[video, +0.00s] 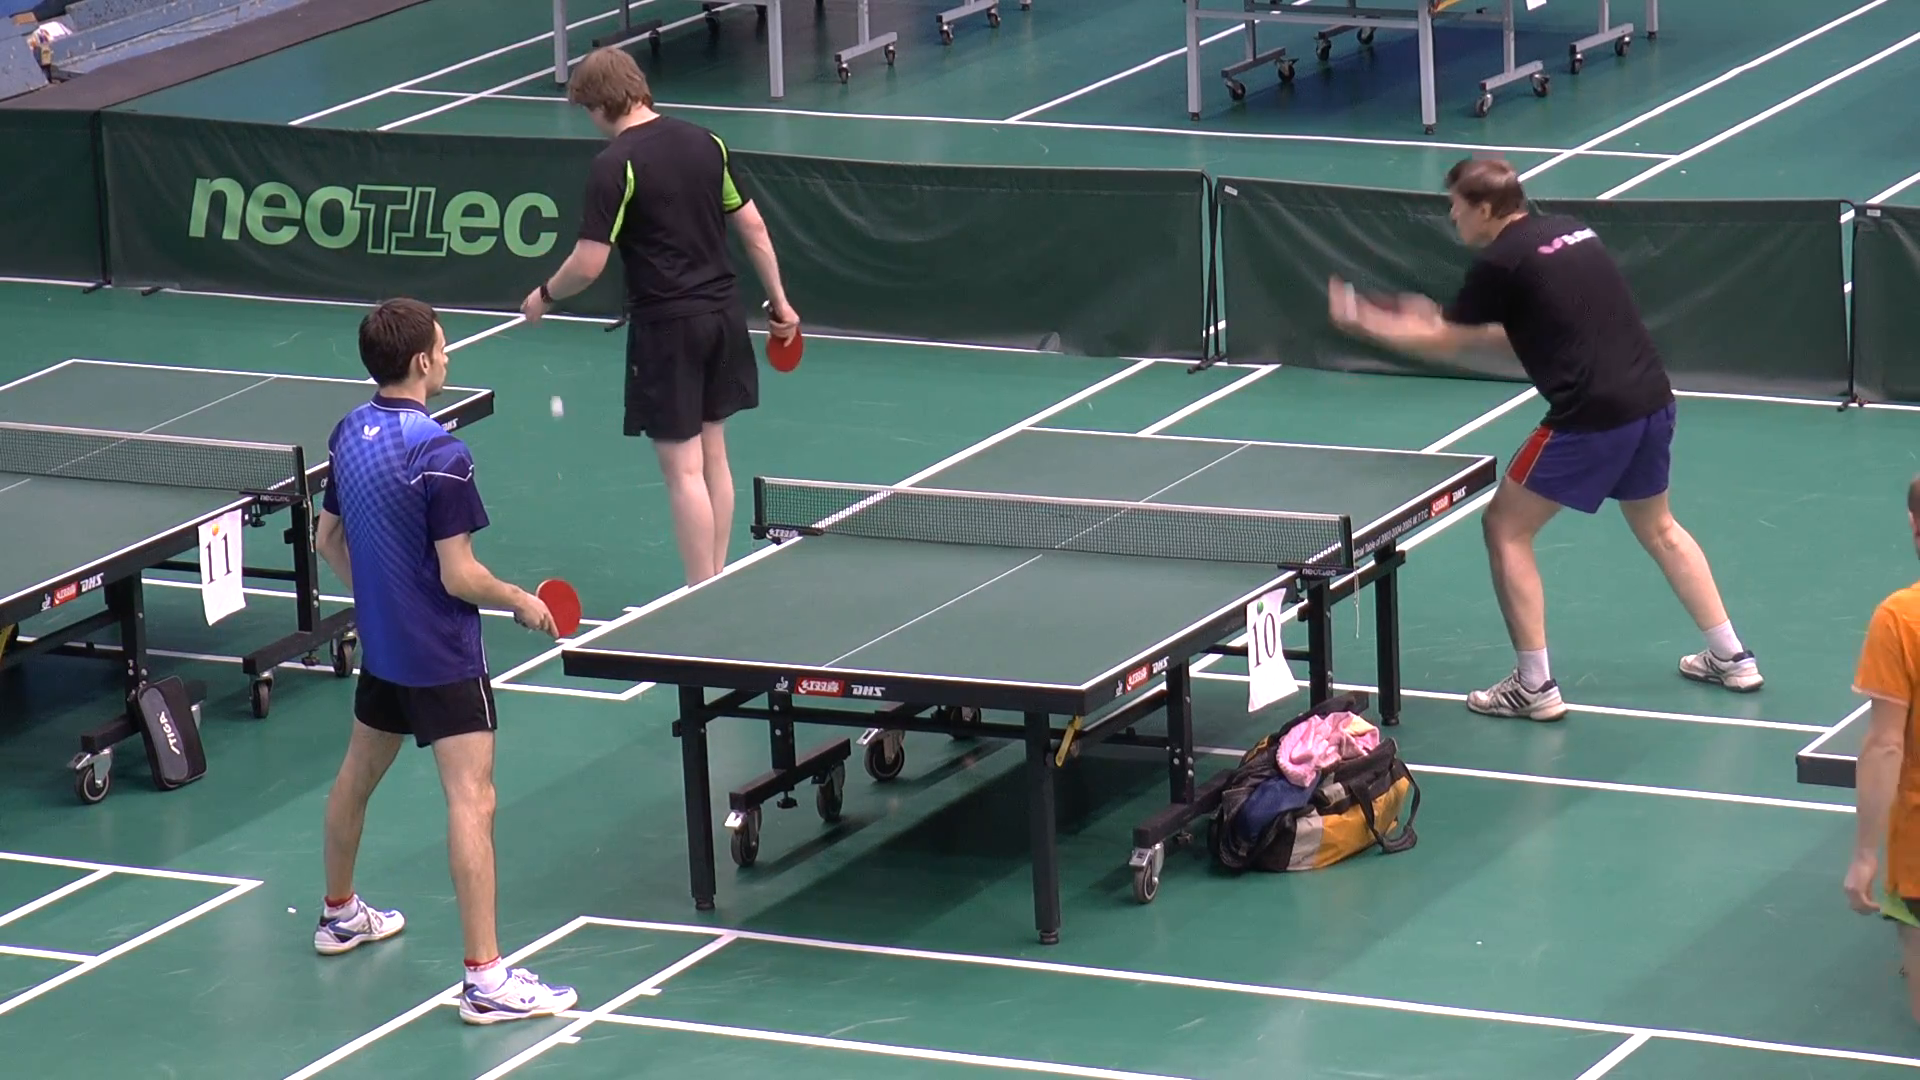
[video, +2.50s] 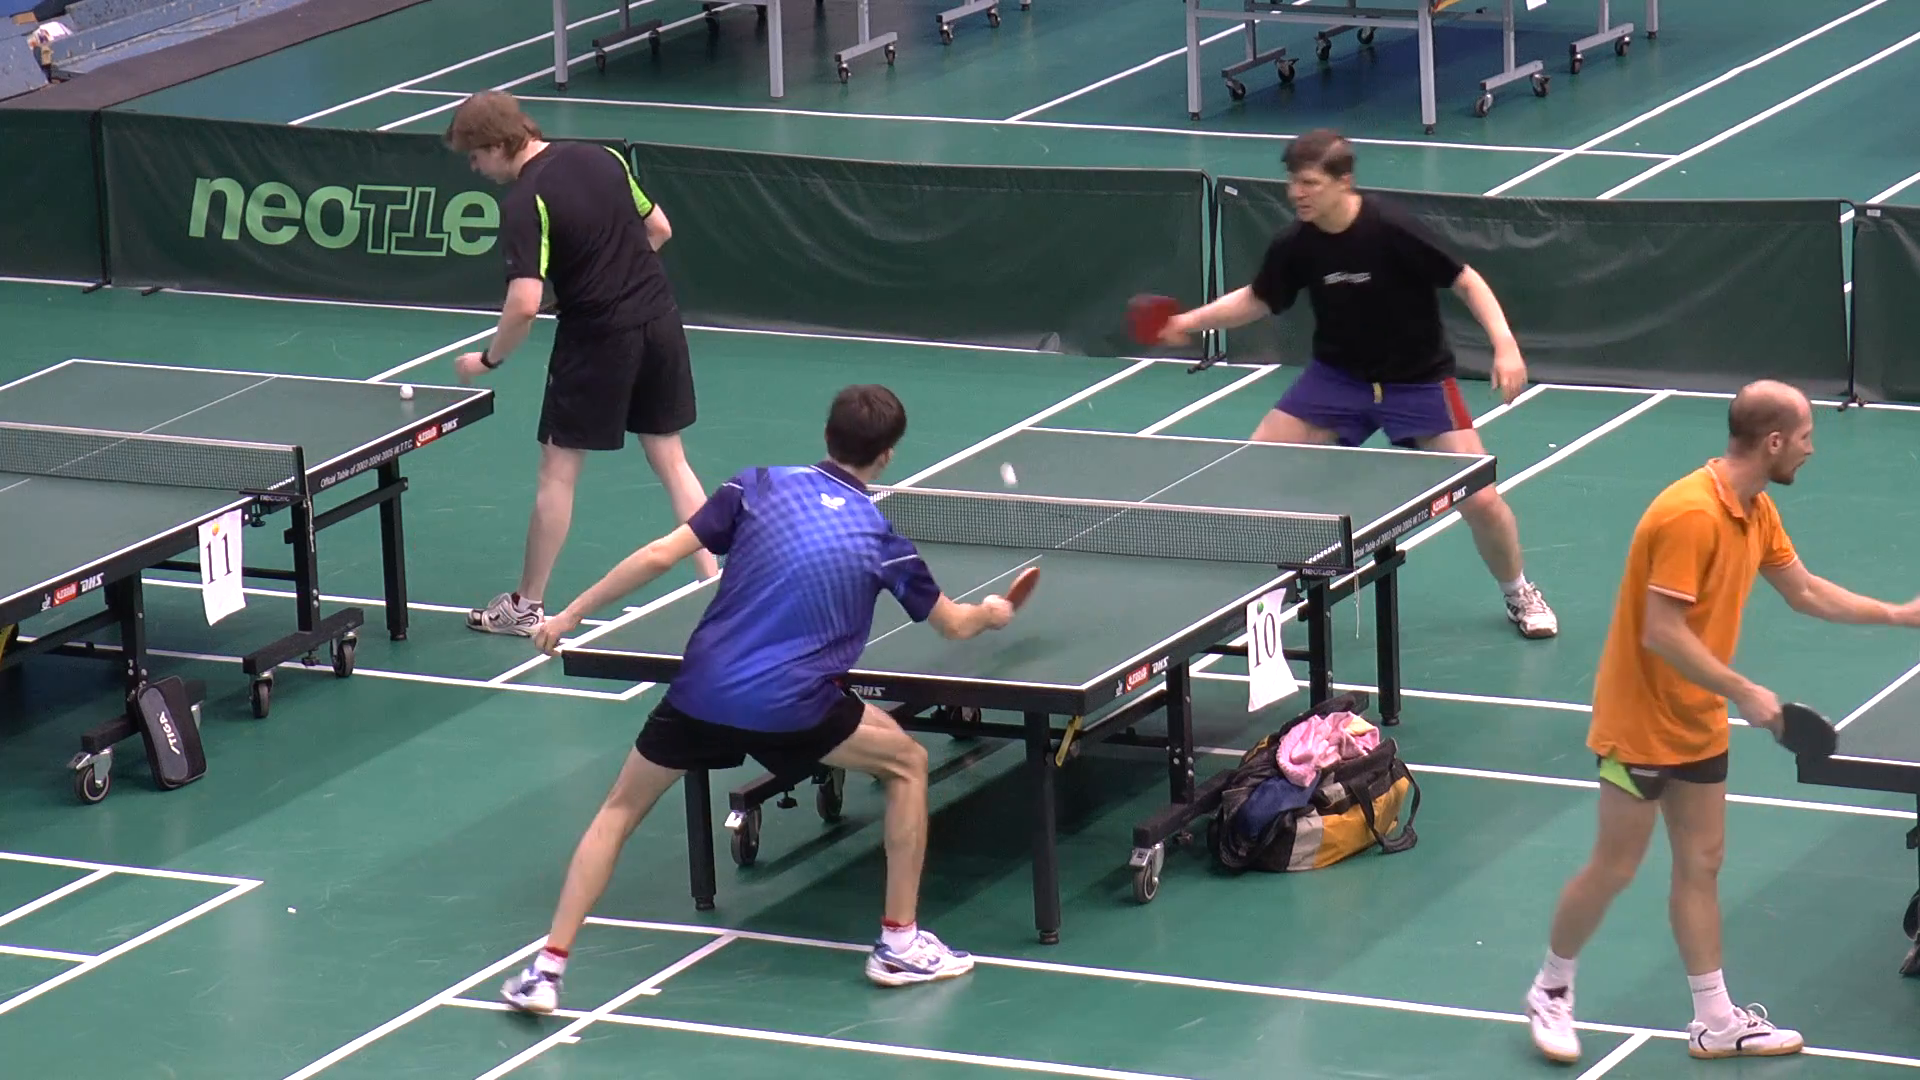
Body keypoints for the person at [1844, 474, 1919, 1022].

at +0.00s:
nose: (1911, 523)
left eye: (1912, 512)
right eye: (1914, 511)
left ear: (1915, 523)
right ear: (1918, 524)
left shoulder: (1902, 616)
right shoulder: (1899, 616)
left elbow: (1886, 744)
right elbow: (1885, 742)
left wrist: (1865, 853)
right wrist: (1869, 852)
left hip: (1914, 855)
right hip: (1910, 855)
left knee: (1919, 992)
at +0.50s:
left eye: (1815, 486)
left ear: (1818, 495)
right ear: (1887, 489)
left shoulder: (1803, 583)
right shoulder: (1915, 567)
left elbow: (1792, 711)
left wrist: (1785, 811)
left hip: (1836, 802)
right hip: (1915, 802)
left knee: (1810, 961)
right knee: (1917, 973)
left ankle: (1795, 1075)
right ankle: (1912, 1072)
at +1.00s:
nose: (1821, 452)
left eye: (1815, 442)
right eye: (1818, 445)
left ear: (1750, 468)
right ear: (1813, 461)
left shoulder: (1716, 555)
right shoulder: (1868, 549)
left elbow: (1672, 662)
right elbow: (1902, 673)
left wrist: (1660, 726)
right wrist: (1918, 761)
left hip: (1761, 786)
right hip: (1853, 779)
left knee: (1774, 933)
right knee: (1857, 916)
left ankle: (1785, 1071)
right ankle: (1840, 1068)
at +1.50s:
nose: (1863, 433)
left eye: (1857, 424)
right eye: (1861, 426)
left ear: (1790, 450)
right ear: (1852, 449)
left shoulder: (1741, 521)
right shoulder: (1882, 546)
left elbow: (1708, 639)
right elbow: (1901, 681)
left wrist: (1729, 713)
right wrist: (1916, 756)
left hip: (1749, 747)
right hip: (1834, 758)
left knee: (1744, 866)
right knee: (1826, 915)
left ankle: (1721, 1009)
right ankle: (1817, 1066)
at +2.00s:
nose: (1839, 428)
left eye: (1837, 416)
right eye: (1836, 418)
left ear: (1770, 433)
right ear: (1818, 434)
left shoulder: (1731, 499)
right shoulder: (1790, 521)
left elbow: (1721, 627)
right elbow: (1800, 647)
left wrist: (1776, 706)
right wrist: (1877, 691)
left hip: (1702, 721)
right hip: (1746, 734)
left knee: (1716, 872)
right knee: (1780, 890)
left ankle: (1714, 1020)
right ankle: (1797, 1054)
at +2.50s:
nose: (1810, 444)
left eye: (1809, 433)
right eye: (1805, 434)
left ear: (1763, 439)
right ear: (1773, 441)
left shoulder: (1755, 507)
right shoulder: (1690, 514)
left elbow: (1806, 593)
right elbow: (1661, 631)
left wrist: (1900, 613)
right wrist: (1743, 690)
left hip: (1700, 713)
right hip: (1640, 714)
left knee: (1700, 859)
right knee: (1612, 865)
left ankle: (1714, 1019)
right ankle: (1550, 990)